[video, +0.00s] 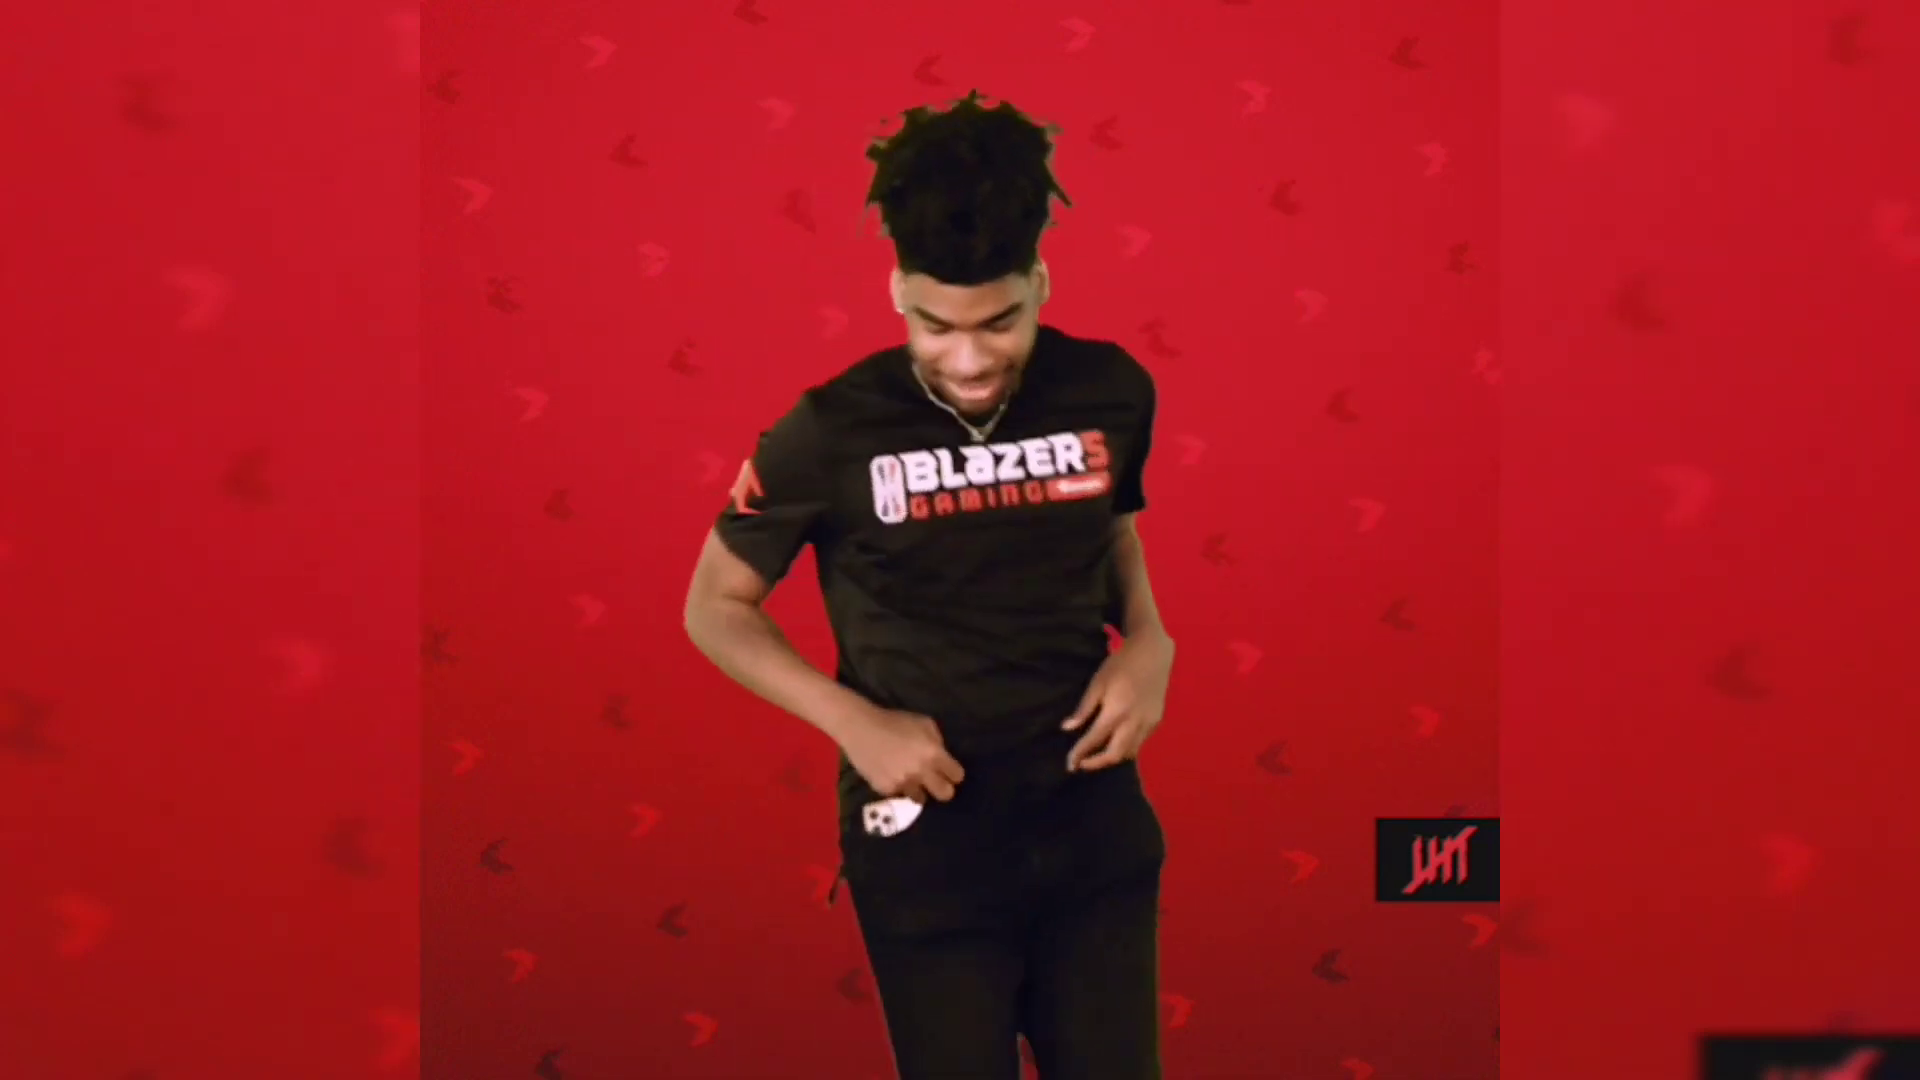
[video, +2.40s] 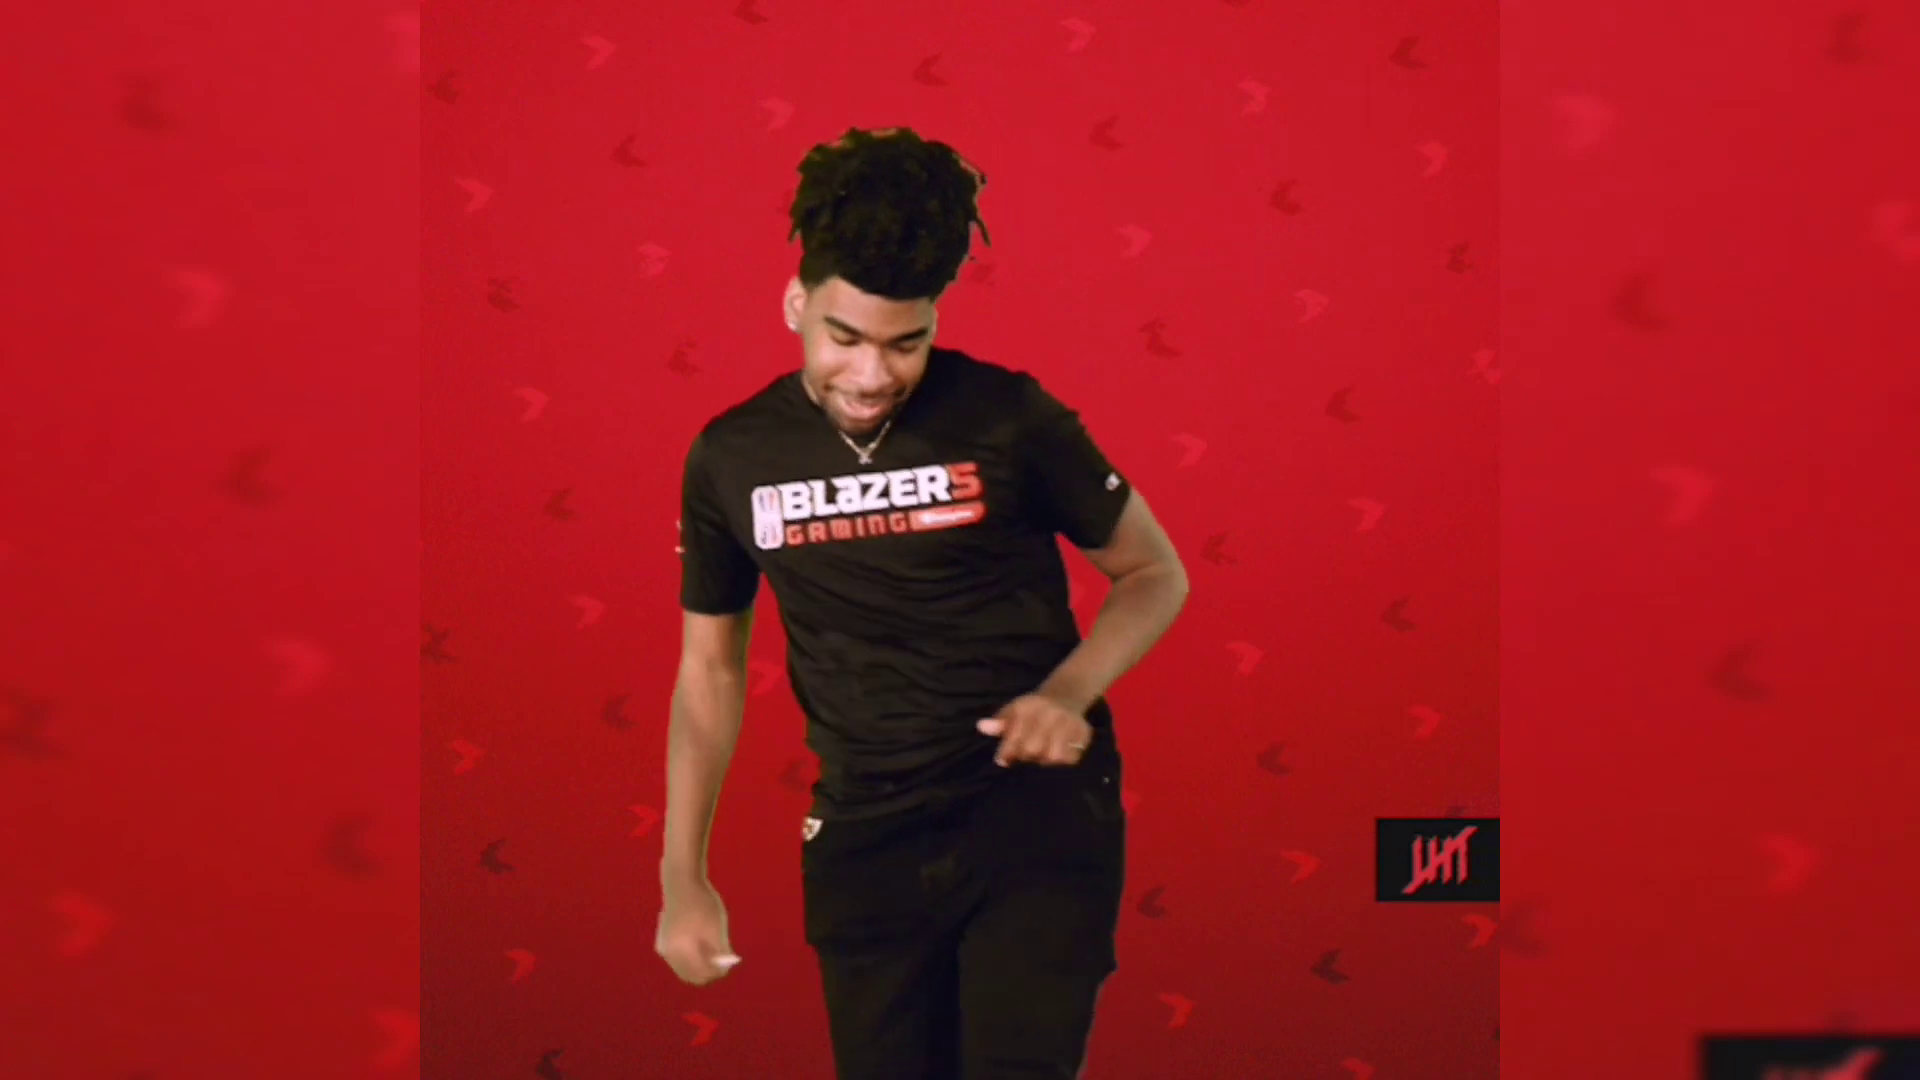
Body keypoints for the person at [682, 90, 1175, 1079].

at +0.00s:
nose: (969, 357)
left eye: (999, 322)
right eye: (935, 324)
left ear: (1041, 280)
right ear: (897, 285)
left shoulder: (1108, 396)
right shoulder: (829, 437)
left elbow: (1114, 526)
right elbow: (715, 606)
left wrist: (1148, 642)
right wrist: (855, 723)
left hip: (1091, 834)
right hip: (924, 849)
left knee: (1115, 1062)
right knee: (959, 1063)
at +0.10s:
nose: (1003, 392)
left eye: (1033, 356)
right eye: (970, 358)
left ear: (1078, 315)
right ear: (936, 322)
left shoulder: (1139, 445)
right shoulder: (857, 478)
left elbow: (1134, 569)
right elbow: (728, 635)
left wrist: (1169, 693)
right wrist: (866, 775)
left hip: (1117, 880)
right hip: (945, 897)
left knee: (1133, 1061)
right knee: (973, 1061)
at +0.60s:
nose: (933, 365)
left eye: (967, 337)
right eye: (917, 329)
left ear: (1052, 321)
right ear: (903, 304)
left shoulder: (1148, 475)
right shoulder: (867, 443)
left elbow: (1222, 665)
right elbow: (822, 601)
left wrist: (1104, 746)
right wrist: (815, 731)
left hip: (1049, 906)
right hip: (878, 892)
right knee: (849, 1063)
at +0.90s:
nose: (835, 350)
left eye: (872, 320)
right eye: (818, 315)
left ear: (951, 300)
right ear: (802, 292)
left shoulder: (1064, 451)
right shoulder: (777, 432)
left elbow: (1138, 627)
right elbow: (753, 579)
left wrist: (1027, 723)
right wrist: (734, 684)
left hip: (958, 867)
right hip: (783, 849)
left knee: (918, 1062)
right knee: (758, 1061)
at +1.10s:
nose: (868, 363)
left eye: (893, 329)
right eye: (836, 332)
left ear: (920, 302)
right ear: (773, 306)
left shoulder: (1003, 433)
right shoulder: (706, 457)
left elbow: (1081, 591)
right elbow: (670, 605)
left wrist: (1005, 716)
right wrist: (705, 720)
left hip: (951, 868)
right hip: (771, 868)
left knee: (942, 1064)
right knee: (760, 1064)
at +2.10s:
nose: (902, 383)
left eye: (937, 351)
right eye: (875, 345)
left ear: (985, 318)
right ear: (843, 310)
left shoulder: (1075, 446)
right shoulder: (779, 468)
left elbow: (1140, 587)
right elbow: (738, 673)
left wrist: (1103, 732)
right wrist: (805, 812)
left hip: (1039, 848)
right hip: (865, 859)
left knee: (988, 1059)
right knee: (875, 1063)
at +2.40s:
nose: (872, 373)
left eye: (904, 342)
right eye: (843, 335)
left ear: (938, 311)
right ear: (794, 296)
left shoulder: (1012, 422)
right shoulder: (730, 463)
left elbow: (1154, 577)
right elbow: (711, 673)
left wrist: (1068, 695)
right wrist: (683, 876)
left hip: (1033, 821)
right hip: (864, 845)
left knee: (1015, 1058)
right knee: (881, 1061)